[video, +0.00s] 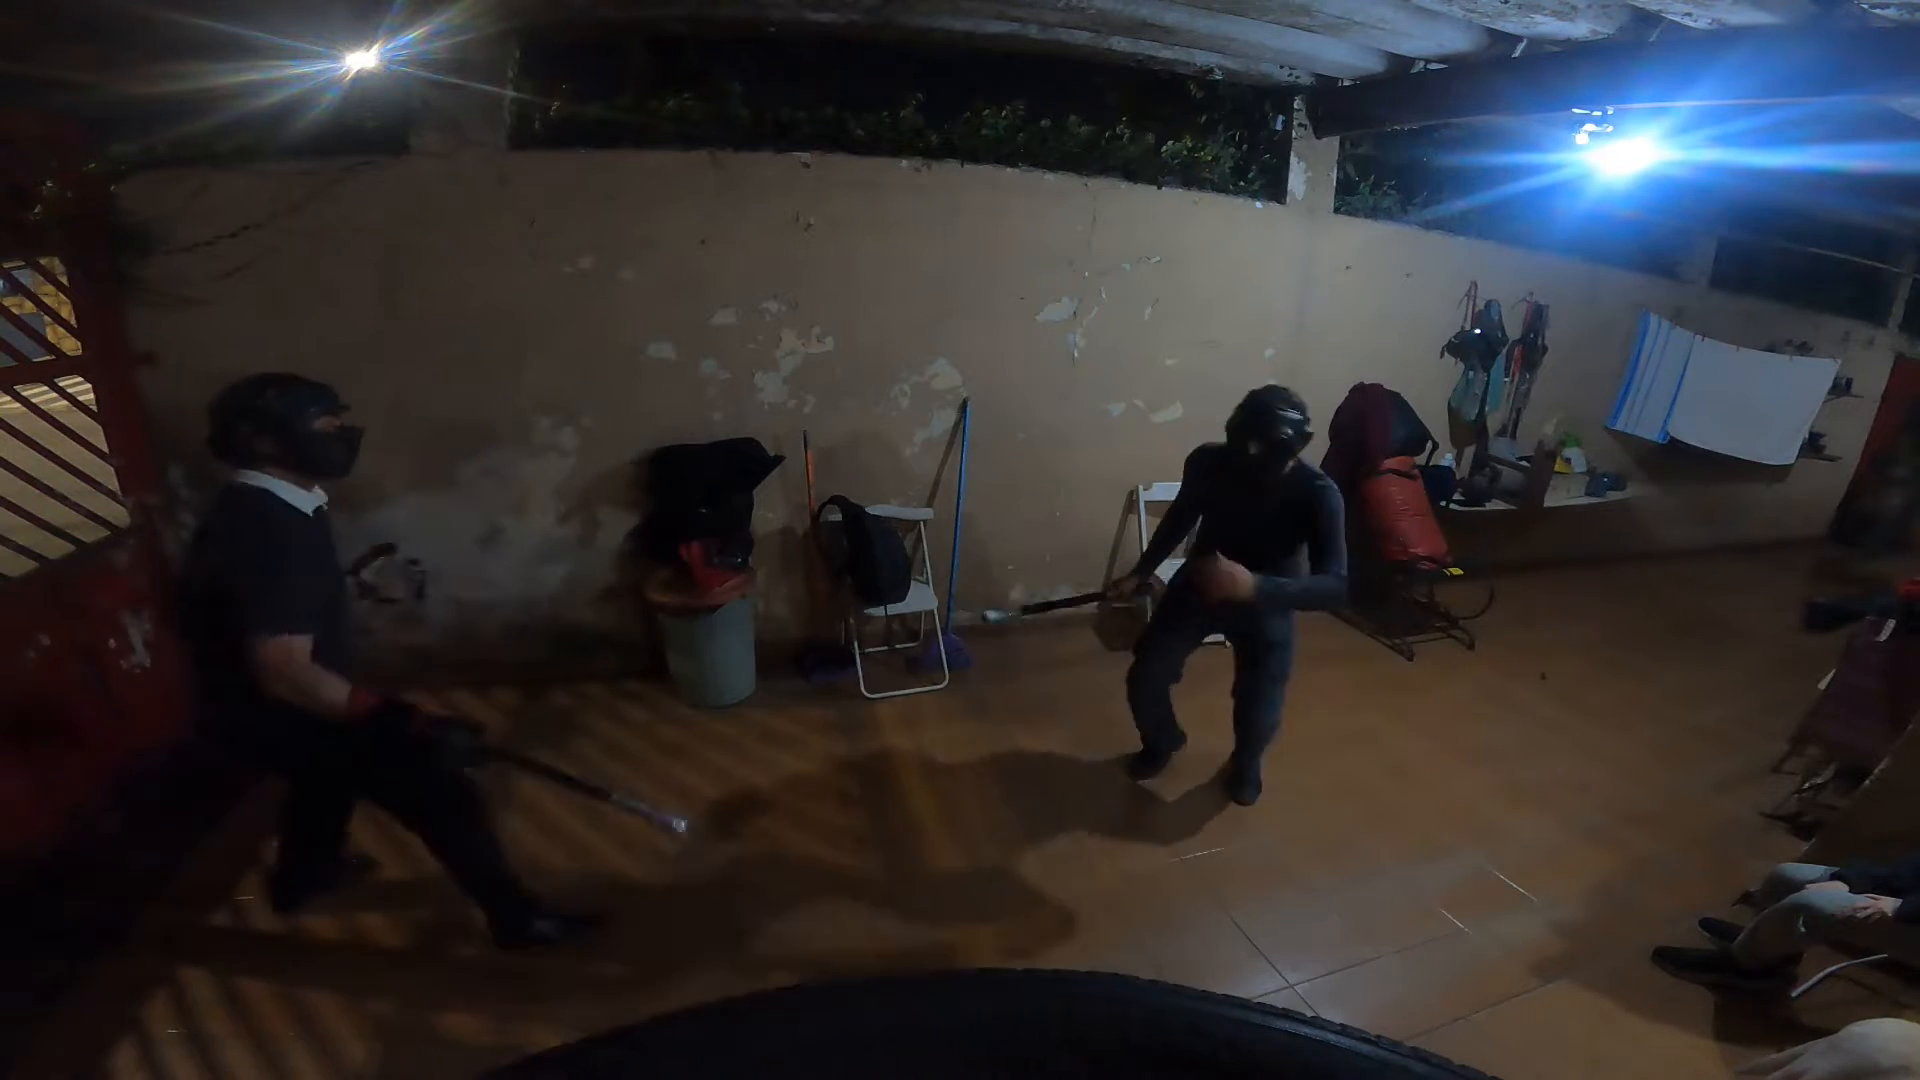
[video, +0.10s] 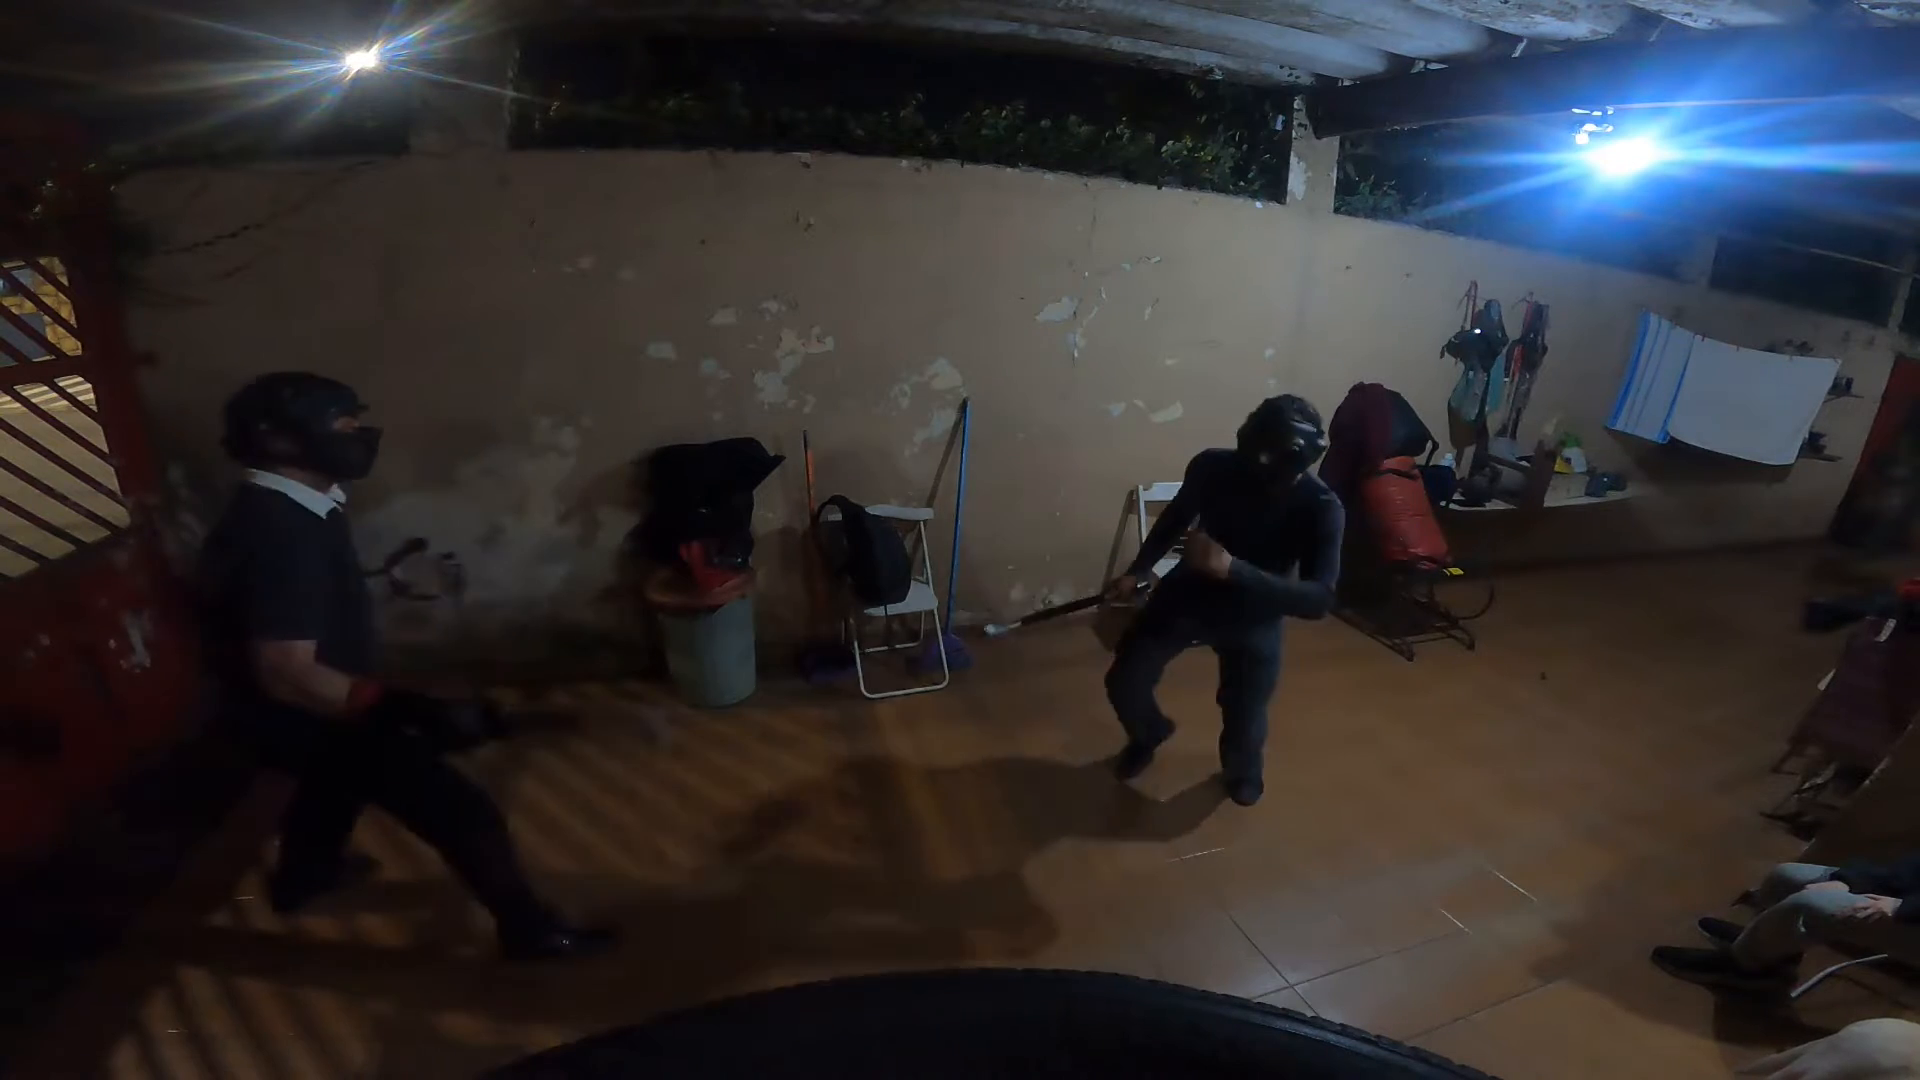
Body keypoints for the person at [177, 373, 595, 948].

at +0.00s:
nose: (346, 431)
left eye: (342, 419)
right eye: (327, 422)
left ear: (269, 442)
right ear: (276, 439)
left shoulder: (269, 505)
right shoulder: (276, 528)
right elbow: (280, 666)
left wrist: (345, 582)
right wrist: (380, 713)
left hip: (252, 706)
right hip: (269, 719)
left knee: (339, 740)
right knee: (430, 775)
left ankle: (308, 867)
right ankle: (512, 913)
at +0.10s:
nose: (359, 433)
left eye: (355, 420)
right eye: (340, 424)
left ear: (285, 444)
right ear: (288, 442)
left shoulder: (304, 504)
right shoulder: (281, 528)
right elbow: (283, 667)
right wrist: (382, 706)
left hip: (310, 704)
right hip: (297, 719)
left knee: (344, 765)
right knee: (463, 812)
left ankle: (306, 869)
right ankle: (526, 925)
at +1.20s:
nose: (444, 409)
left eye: (436, 396)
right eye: (426, 401)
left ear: (366, 423)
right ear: (372, 422)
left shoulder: (322, 496)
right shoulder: (405, 505)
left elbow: (404, 588)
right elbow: (500, 616)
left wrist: (483, 530)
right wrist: (577, 596)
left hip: (349, 692)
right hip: (417, 702)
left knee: (393, 768)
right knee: (549, 775)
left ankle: (355, 882)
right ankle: (576, 887)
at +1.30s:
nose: (444, 400)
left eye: (436, 387)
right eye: (424, 392)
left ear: (365, 418)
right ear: (372, 415)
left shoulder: (324, 490)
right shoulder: (402, 499)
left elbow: (412, 584)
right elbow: (499, 614)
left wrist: (488, 521)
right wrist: (590, 605)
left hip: (350, 684)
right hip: (416, 693)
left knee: (399, 760)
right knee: (539, 769)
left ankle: (364, 877)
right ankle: (579, 888)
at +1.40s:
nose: (438, 403)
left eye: (430, 391)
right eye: (418, 395)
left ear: (361, 420)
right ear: (367, 417)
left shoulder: (333, 487)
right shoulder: (397, 503)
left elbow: (466, 542)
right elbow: (464, 624)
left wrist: (503, 502)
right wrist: (560, 630)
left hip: (353, 681)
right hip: (412, 687)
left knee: (409, 754)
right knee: (557, 757)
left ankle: (381, 881)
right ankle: (589, 878)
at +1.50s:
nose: (444, 407)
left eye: (437, 396)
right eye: (425, 399)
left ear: (373, 425)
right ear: (378, 421)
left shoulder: (374, 486)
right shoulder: (391, 511)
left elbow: (480, 549)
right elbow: (440, 639)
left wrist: (531, 525)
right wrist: (530, 666)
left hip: (376, 683)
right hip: (416, 692)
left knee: (425, 765)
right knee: (572, 755)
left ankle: (381, 880)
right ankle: (615, 865)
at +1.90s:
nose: (625, 420)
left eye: (620, 407)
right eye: (609, 410)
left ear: (553, 437)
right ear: (563, 434)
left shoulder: (517, 499)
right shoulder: (577, 522)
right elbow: (661, 624)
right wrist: (739, 608)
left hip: (514, 684)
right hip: (563, 698)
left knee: (519, 762)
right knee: (693, 762)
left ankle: (419, 852)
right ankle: (711, 866)